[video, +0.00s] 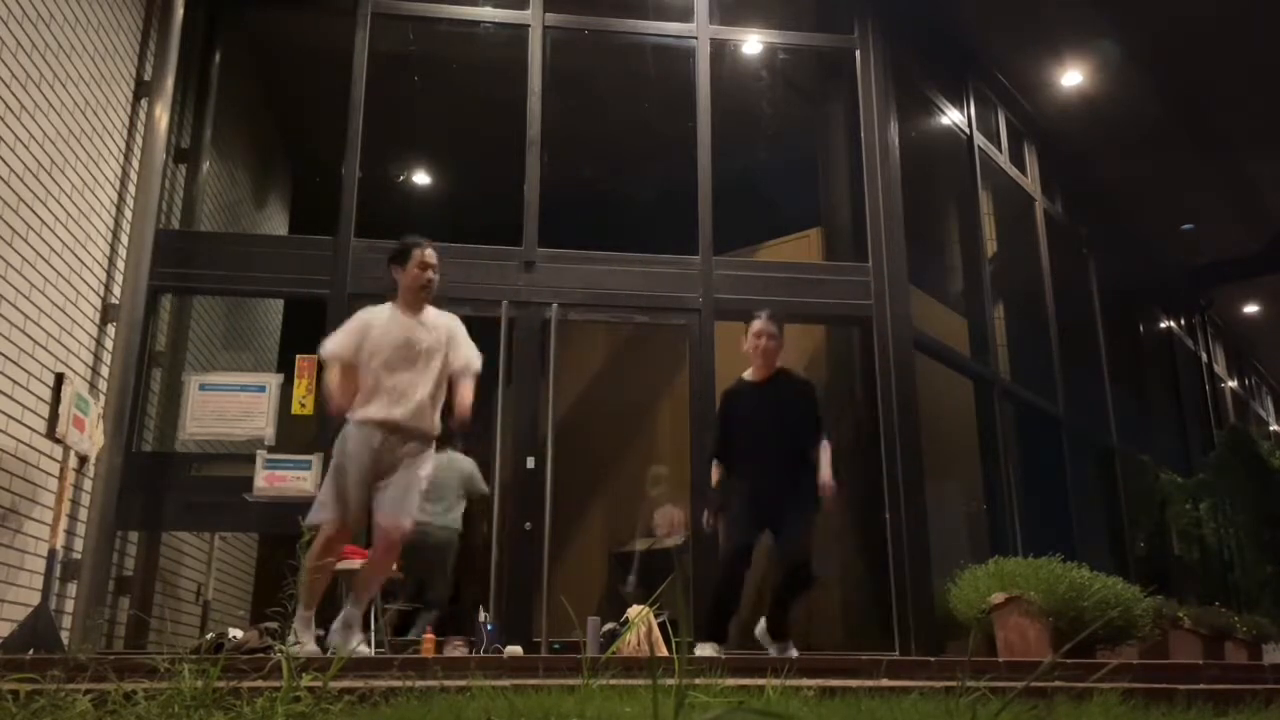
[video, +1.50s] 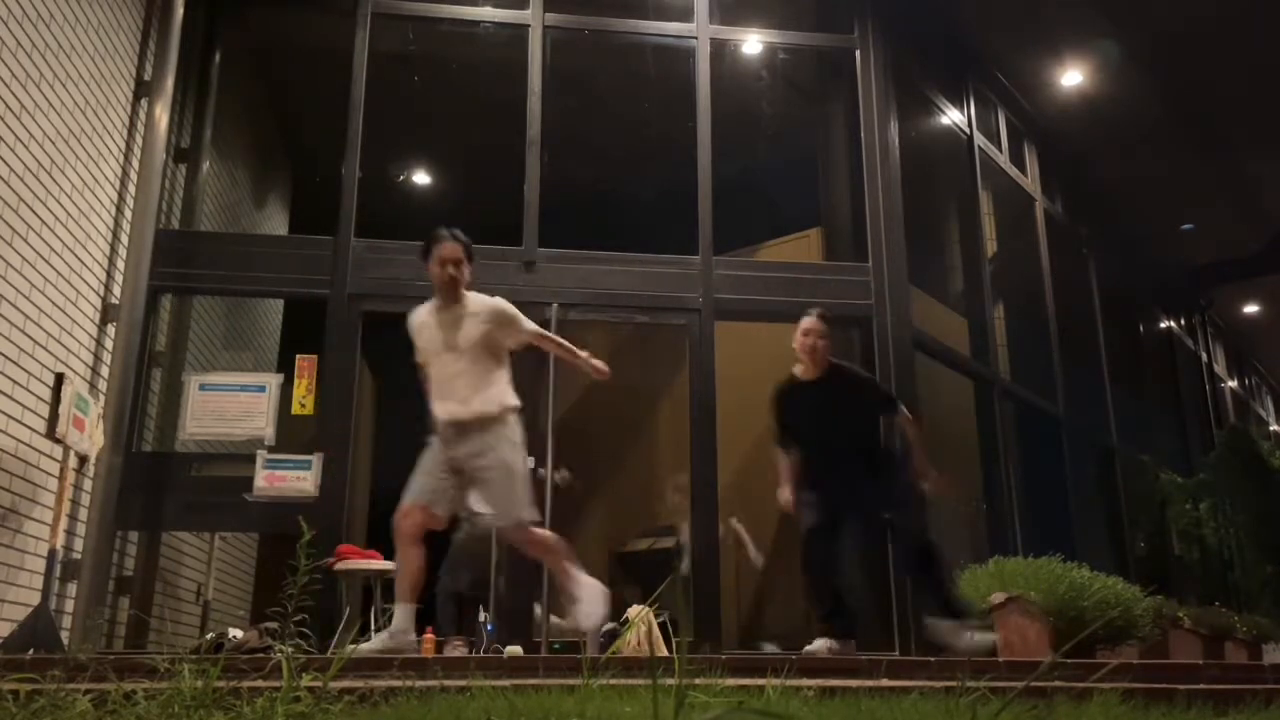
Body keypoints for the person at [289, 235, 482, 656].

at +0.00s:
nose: (430, 274)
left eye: (434, 269)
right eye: (422, 267)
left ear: (438, 277)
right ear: (398, 272)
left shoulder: (448, 325)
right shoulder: (371, 319)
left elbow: (466, 368)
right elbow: (334, 355)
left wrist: (463, 403)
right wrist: (337, 393)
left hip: (417, 441)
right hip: (364, 432)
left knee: (394, 534)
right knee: (338, 530)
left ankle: (347, 627)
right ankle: (303, 624)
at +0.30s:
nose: (461, 241)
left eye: (465, 234)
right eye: (452, 234)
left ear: (471, 242)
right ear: (431, 241)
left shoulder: (490, 290)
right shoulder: (405, 291)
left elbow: (507, 340)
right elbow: (381, 341)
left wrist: (519, 377)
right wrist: (362, 388)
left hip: (475, 405)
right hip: (415, 403)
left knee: (474, 474)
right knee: (382, 500)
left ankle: (477, 583)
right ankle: (347, 602)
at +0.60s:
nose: (522, 273)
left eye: (526, 268)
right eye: (512, 267)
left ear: (532, 280)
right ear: (492, 278)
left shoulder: (551, 331)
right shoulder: (471, 335)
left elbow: (576, 390)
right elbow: (456, 397)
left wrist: (604, 437)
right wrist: (440, 453)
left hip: (536, 442)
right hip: (484, 445)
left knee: (515, 532)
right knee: (489, 543)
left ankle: (519, 633)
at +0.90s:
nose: (535, 255)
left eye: (540, 247)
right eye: (526, 250)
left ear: (552, 254)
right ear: (514, 261)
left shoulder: (572, 289)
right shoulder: (508, 311)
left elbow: (593, 331)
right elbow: (473, 355)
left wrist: (554, 295)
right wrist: (462, 318)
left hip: (576, 408)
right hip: (535, 417)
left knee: (551, 488)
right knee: (538, 519)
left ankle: (594, 583)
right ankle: (587, 604)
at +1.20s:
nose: (515, 307)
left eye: (521, 297)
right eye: (506, 301)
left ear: (537, 302)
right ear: (498, 310)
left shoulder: (564, 338)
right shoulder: (511, 366)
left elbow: (586, 388)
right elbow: (502, 430)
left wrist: (558, 424)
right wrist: (466, 468)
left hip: (590, 459)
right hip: (546, 464)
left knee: (605, 557)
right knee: (483, 530)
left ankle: (664, 633)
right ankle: (421, 622)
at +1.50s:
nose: (451, 272)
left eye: (458, 264)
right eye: (443, 264)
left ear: (469, 269)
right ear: (428, 269)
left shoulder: (493, 311)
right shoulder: (419, 320)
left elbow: (541, 339)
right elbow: (429, 373)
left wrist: (584, 360)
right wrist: (441, 415)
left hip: (496, 433)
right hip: (446, 438)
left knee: (516, 530)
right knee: (408, 523)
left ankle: (585, 589)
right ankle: (401, 630)